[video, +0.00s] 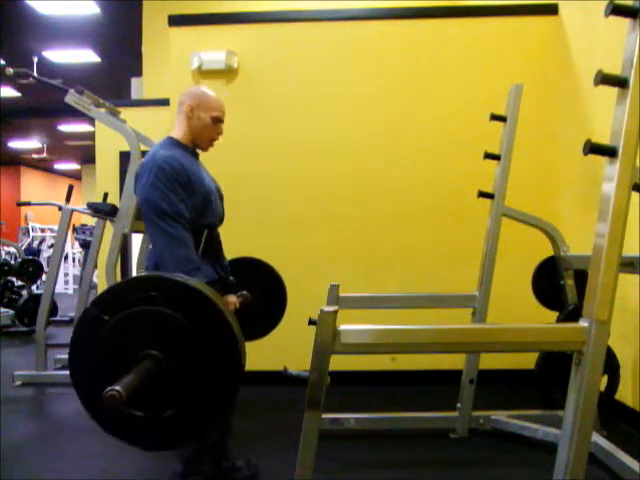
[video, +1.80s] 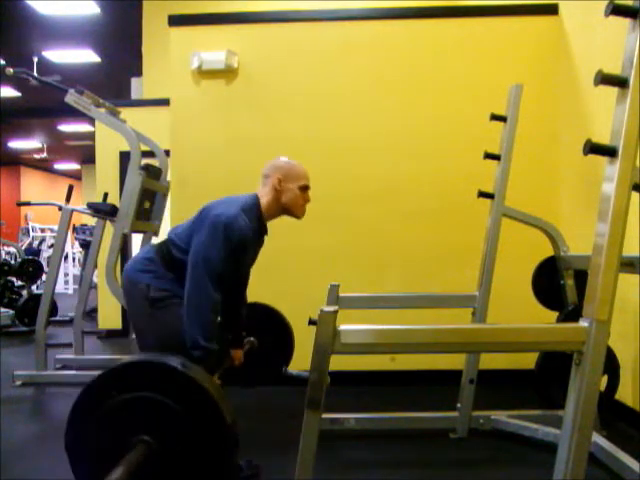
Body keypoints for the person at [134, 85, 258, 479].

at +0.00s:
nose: (221, 131)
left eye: (222, 123)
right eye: (216, 121)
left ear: (192, 115)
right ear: (190, 114)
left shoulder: (187, 161)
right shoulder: (163, 163)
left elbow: (203, 240)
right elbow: (173, 247)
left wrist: (227, 284)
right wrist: (214, 295)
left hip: (200, 296)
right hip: (180, 300)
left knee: (216, 377)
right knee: (201, 380)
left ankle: (212, 459)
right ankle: (203, 462)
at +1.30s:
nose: (272, 142)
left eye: (272, 135)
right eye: (266, 134)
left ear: (244, 135)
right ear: (238, 131)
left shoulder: (227, 182)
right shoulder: (200, 175)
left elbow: (218, 253)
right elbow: (181, 250)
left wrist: (227, 306)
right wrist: (203, 310)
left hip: (189, 292)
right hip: (160, 292)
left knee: (211, 372)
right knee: (196, 376)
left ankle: (209, 455)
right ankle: (199, 459)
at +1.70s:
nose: (302, 188)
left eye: (302, 180)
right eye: (296, 179)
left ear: (272, 178)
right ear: (270, 175)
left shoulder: (248, 221)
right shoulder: (221, 210)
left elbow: (232, 285)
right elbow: (196, 283)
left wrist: (234, 335)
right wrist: (203, 348)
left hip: (173, 285)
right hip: (149, 283)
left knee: (194, 370)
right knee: (174, 372)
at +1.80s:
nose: (309, 198)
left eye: (308, 190)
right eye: (303, 189)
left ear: (278, 185)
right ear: (278, 185)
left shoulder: (251, 226)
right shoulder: (229, 220)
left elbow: (235, 291)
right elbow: (201, 291)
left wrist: (235, 341)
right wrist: (206, 358)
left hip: (175, 284)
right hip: (150, 281)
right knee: (169, 368)